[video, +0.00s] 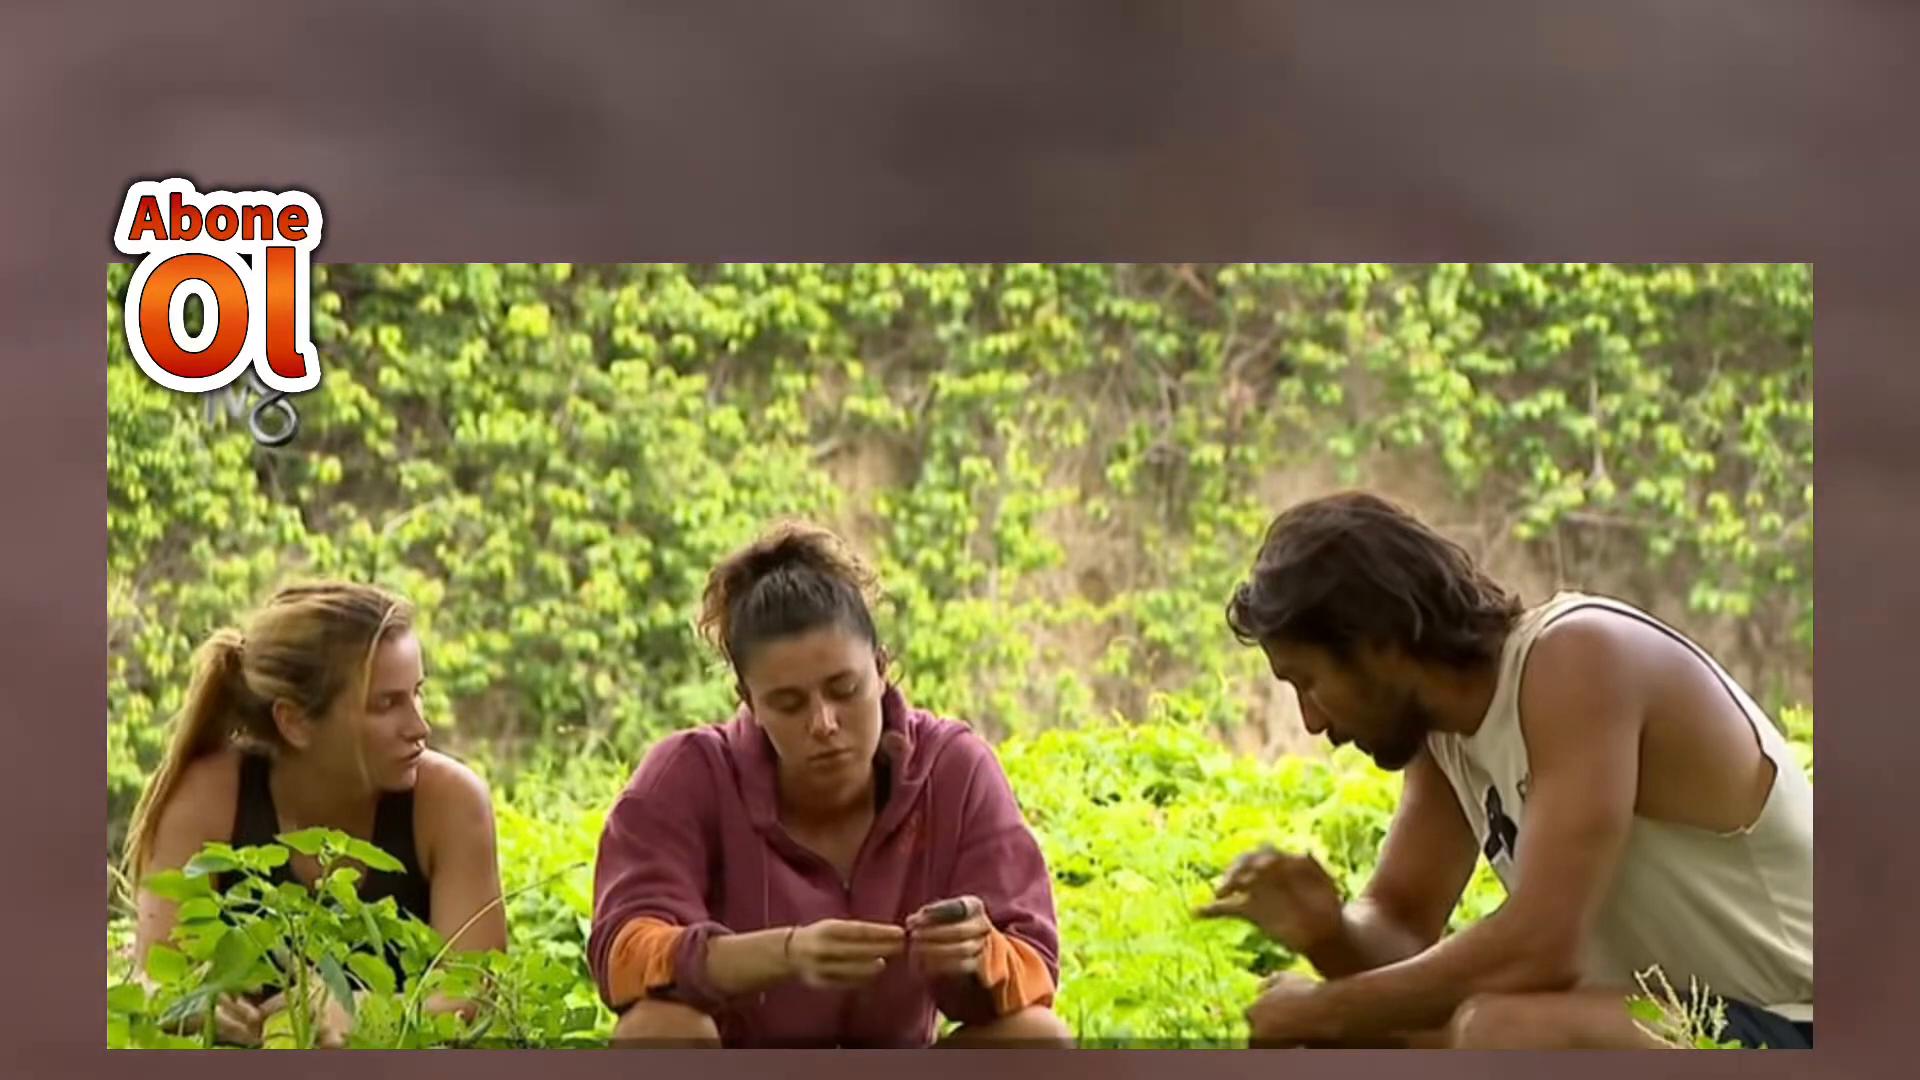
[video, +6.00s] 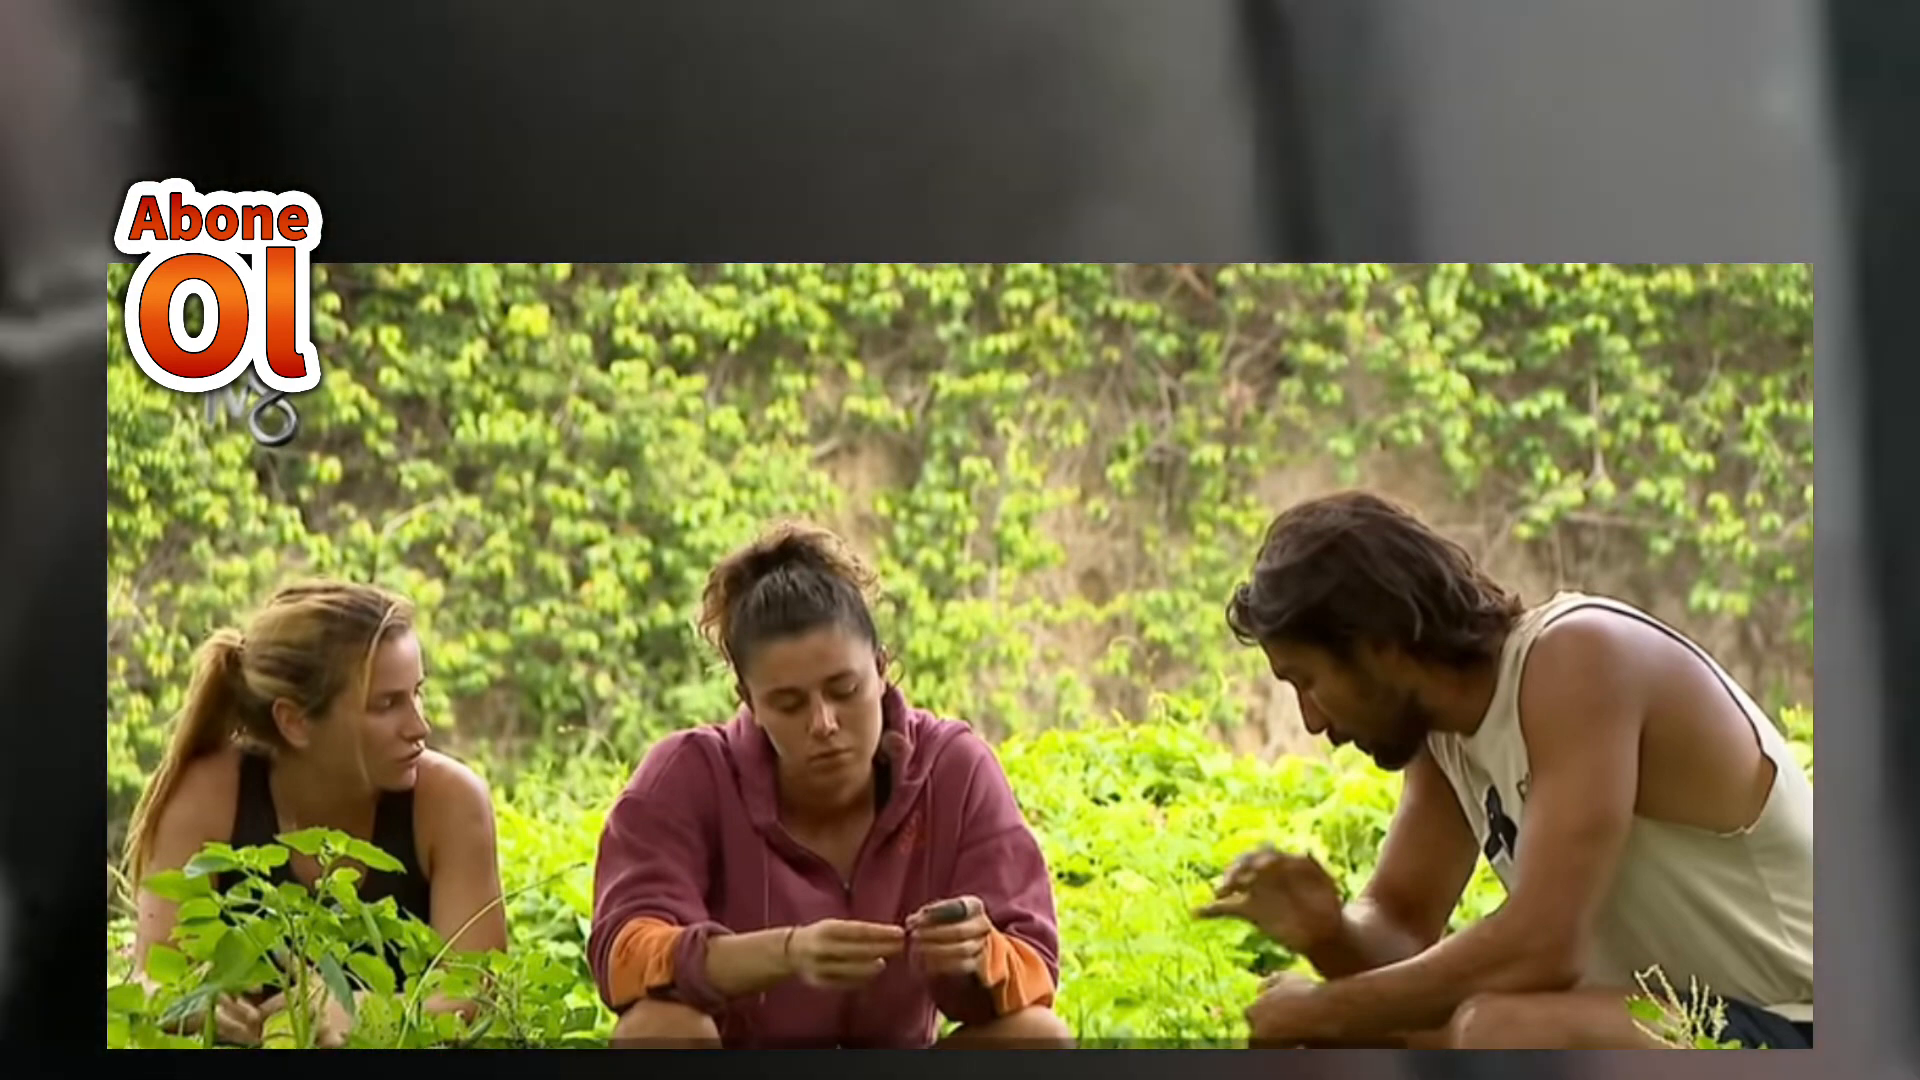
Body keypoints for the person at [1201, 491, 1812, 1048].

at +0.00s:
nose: (1311, 724)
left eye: (1306, 687)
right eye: (1296, 693)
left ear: (1383, 640)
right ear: (1383, 641)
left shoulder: (1584, 656)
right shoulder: (1451, 731)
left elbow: (1539, 950)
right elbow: (1402, 926)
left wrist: (1327, 1014)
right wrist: (1329, 932)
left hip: (1788, 1019)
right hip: (1659, 1004)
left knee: (1502, 1026)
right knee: (1374, 1027)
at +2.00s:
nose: (1311, 723)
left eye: (1306, 686)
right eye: (1295, 693)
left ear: (1384, 642)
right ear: (1384, 643)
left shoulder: (1585, 656)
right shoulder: (1451, 731)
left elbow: (1539, 951)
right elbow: (1402, 926)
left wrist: (1320, 1014)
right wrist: (1330, 932)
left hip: (1784, 1012)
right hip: (1651, 1000)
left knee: (1499, 1024)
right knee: (1366, 1029)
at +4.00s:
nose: (1311, 724)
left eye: (1307, 687)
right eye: (1296, 693)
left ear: (1384, 642)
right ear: (1384, 643)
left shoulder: (1584, 657)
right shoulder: (1451, 731)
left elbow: (1540, 950)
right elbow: (1403, 926)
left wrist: (1327, 1015)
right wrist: (1329, 933)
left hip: (1790, 1018)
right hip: (1659, 1002)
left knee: (1500, 1026)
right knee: (1381, 1026)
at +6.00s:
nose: (1311, 723)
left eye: (1306, 687)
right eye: (1295, 693)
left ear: (1384, 642)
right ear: (1384, 644)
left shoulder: (1584, 656)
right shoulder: (1450, 730)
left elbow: (1540, 950)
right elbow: (1403, 925)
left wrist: (1323, 1014)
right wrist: (1330, 934)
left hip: (1791, 1019)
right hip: (1656, 1005)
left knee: (1499, 1025)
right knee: (1370, 1028)